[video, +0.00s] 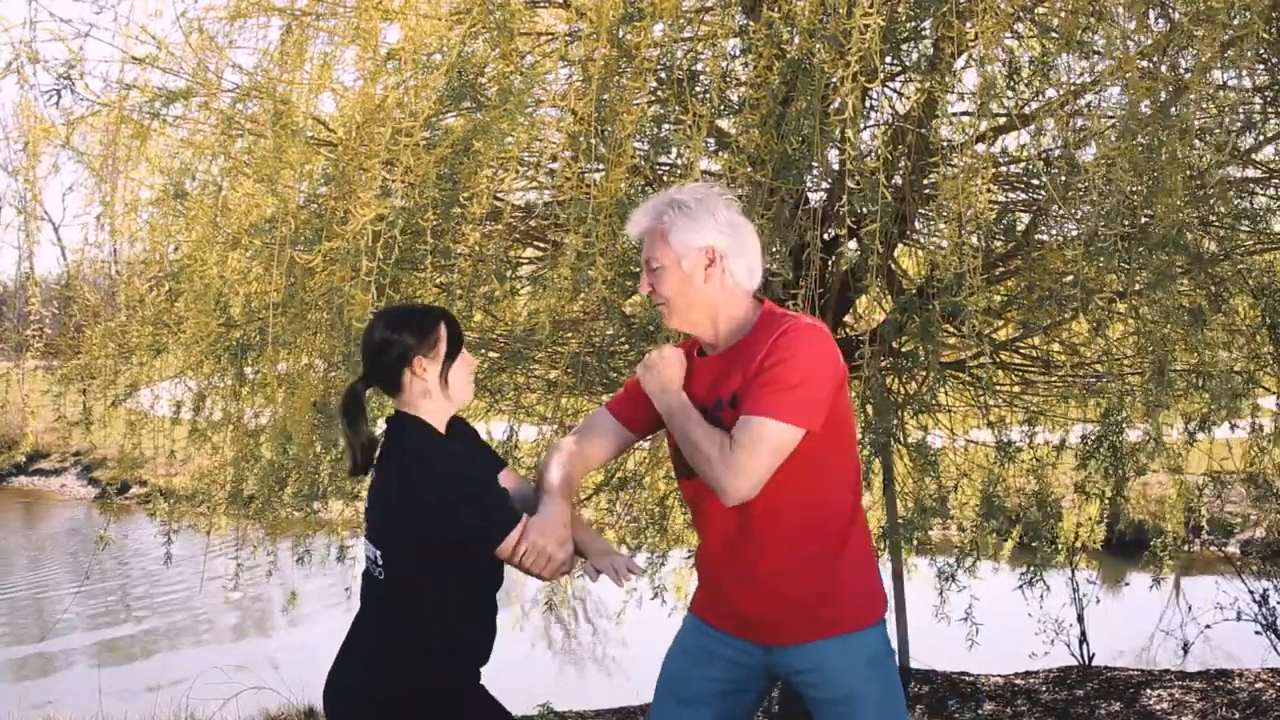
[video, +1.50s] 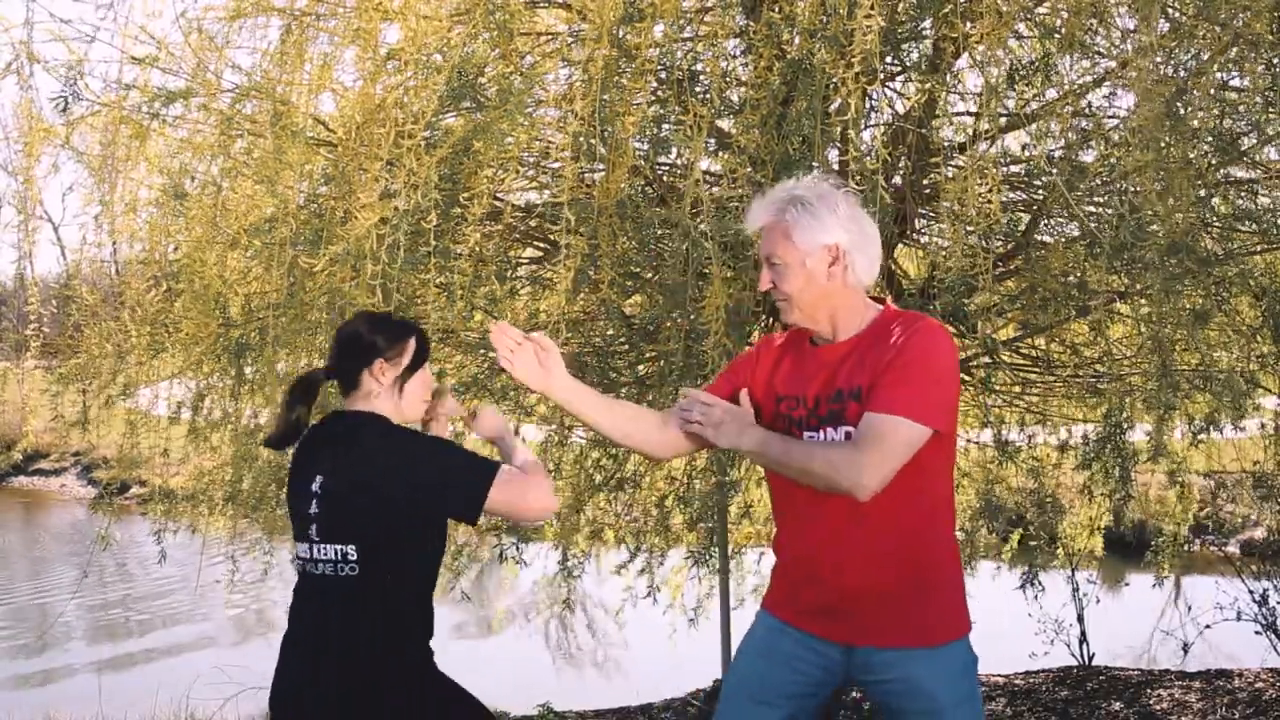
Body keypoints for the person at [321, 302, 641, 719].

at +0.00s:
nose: (472, 360)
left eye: (464, 347)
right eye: (459, 349)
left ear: (421, 370)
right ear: (423, 368)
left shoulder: (448, 431)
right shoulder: (435, 468)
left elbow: (529, 496)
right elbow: (544, 560)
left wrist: (590, 542)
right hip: (421, 697)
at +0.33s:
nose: (463, 357)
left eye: (457, 342)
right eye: (451, 343)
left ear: (406, 357)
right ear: (412, 355)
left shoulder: (377, 420)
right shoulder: (437, 452)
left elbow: (494, 462)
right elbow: (565, 538)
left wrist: (573, 501)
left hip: (330, 673)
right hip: (403, 689)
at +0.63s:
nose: (412, 375)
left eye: (410, 361)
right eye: (403, 361)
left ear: (348, 374)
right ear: (360, 376)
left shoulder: (299, 445)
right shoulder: (390, 468)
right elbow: (509, 531)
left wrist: (398, 454)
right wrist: (566, 441)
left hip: (275, 690)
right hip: (366, 695)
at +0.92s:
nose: (385, 355)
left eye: (379, 341)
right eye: (373, 343)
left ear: (322, 360)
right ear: (326, 358)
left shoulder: (272, 423)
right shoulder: (345, 448)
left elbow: (346, 515)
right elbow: (470, 512)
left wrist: (391, 434)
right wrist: (497, 412)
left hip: (255, 672)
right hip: (333, 681)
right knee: (412, 711)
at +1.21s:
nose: (414, 351)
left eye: (407, 337)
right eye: (401, 338)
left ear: (354, 352)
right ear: (359, 352)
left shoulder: (304, 431)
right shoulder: (392, 439)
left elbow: (388, 502)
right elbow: (527, 470)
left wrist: (425, 420)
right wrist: (535, 376)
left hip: (304, 681)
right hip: (390, 683)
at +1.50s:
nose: (431, 382)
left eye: (428, 368)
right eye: (424, 368)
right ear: (382, 372)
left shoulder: (312, 446)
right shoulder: (407, 454)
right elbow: (539, 499)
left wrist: (436, 432)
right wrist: (504, 436)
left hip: (300, 687)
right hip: (390, 688)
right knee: (482, 712)